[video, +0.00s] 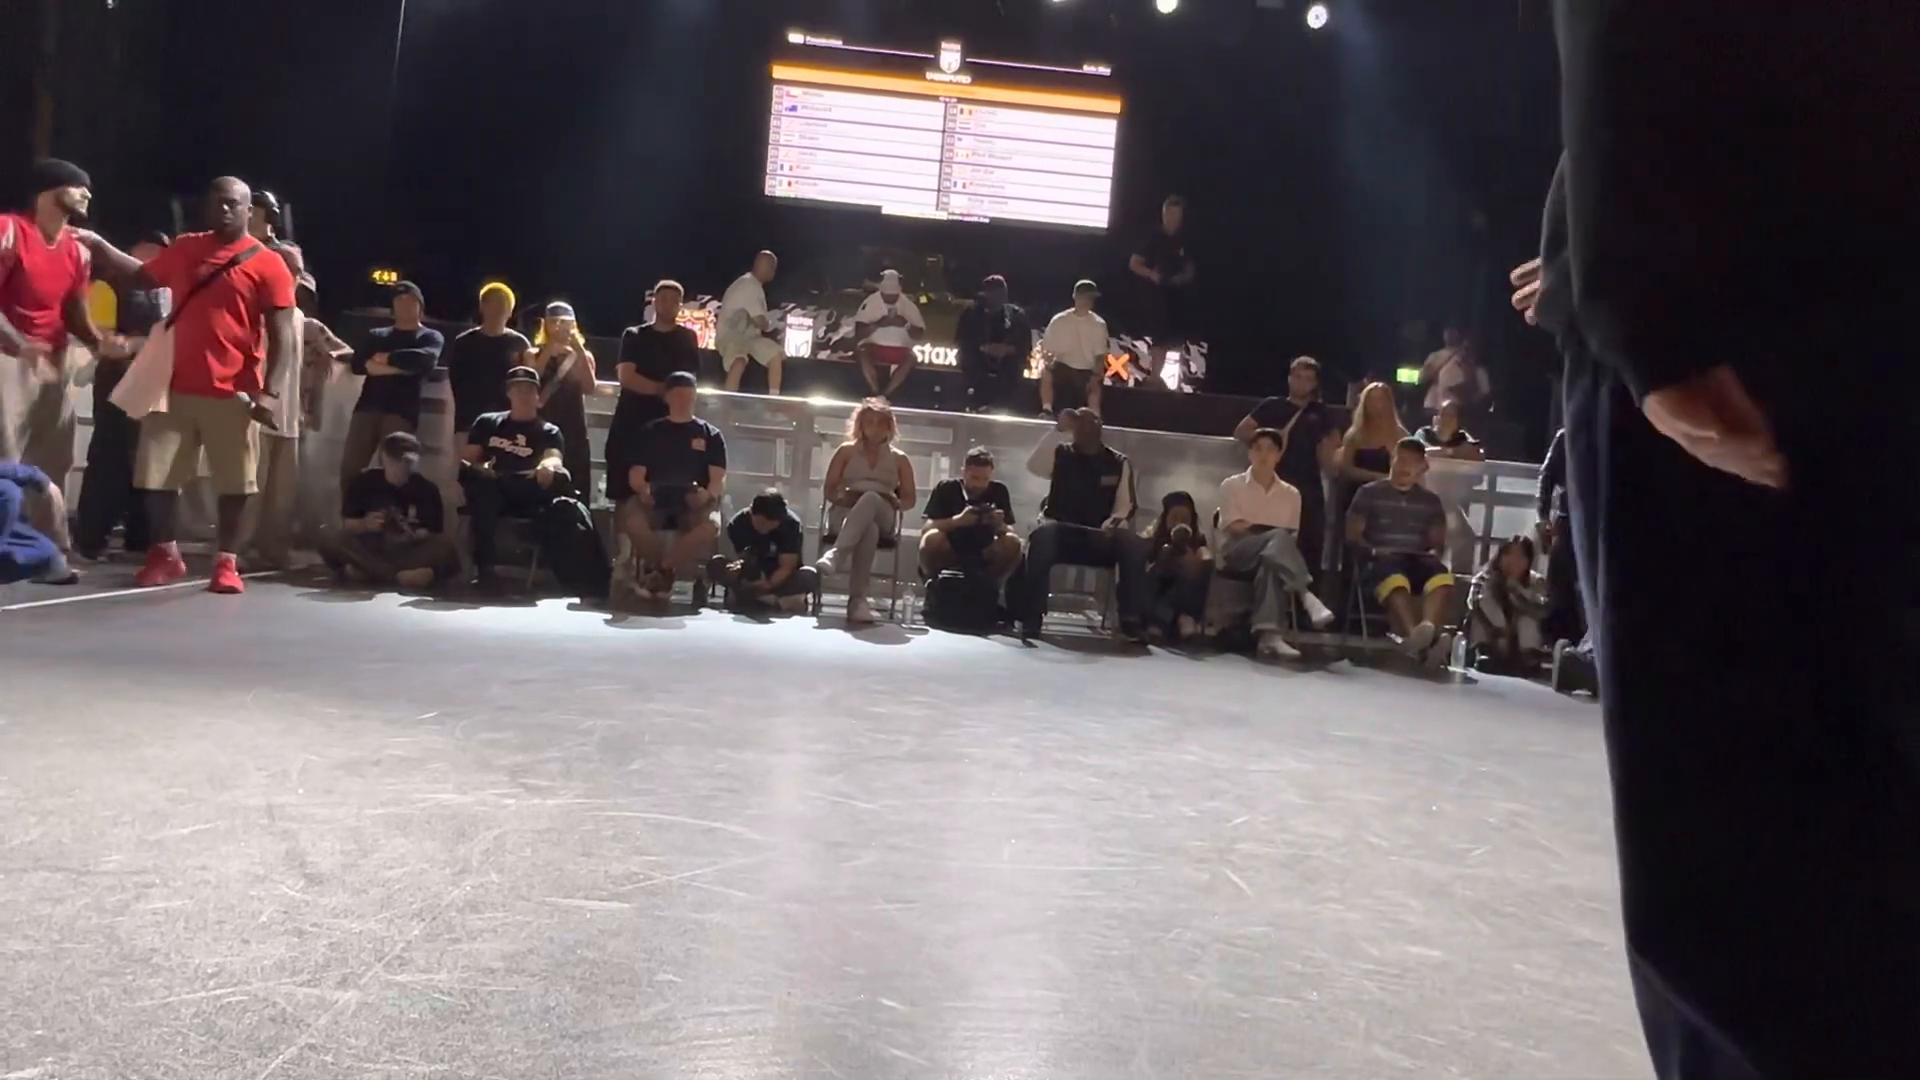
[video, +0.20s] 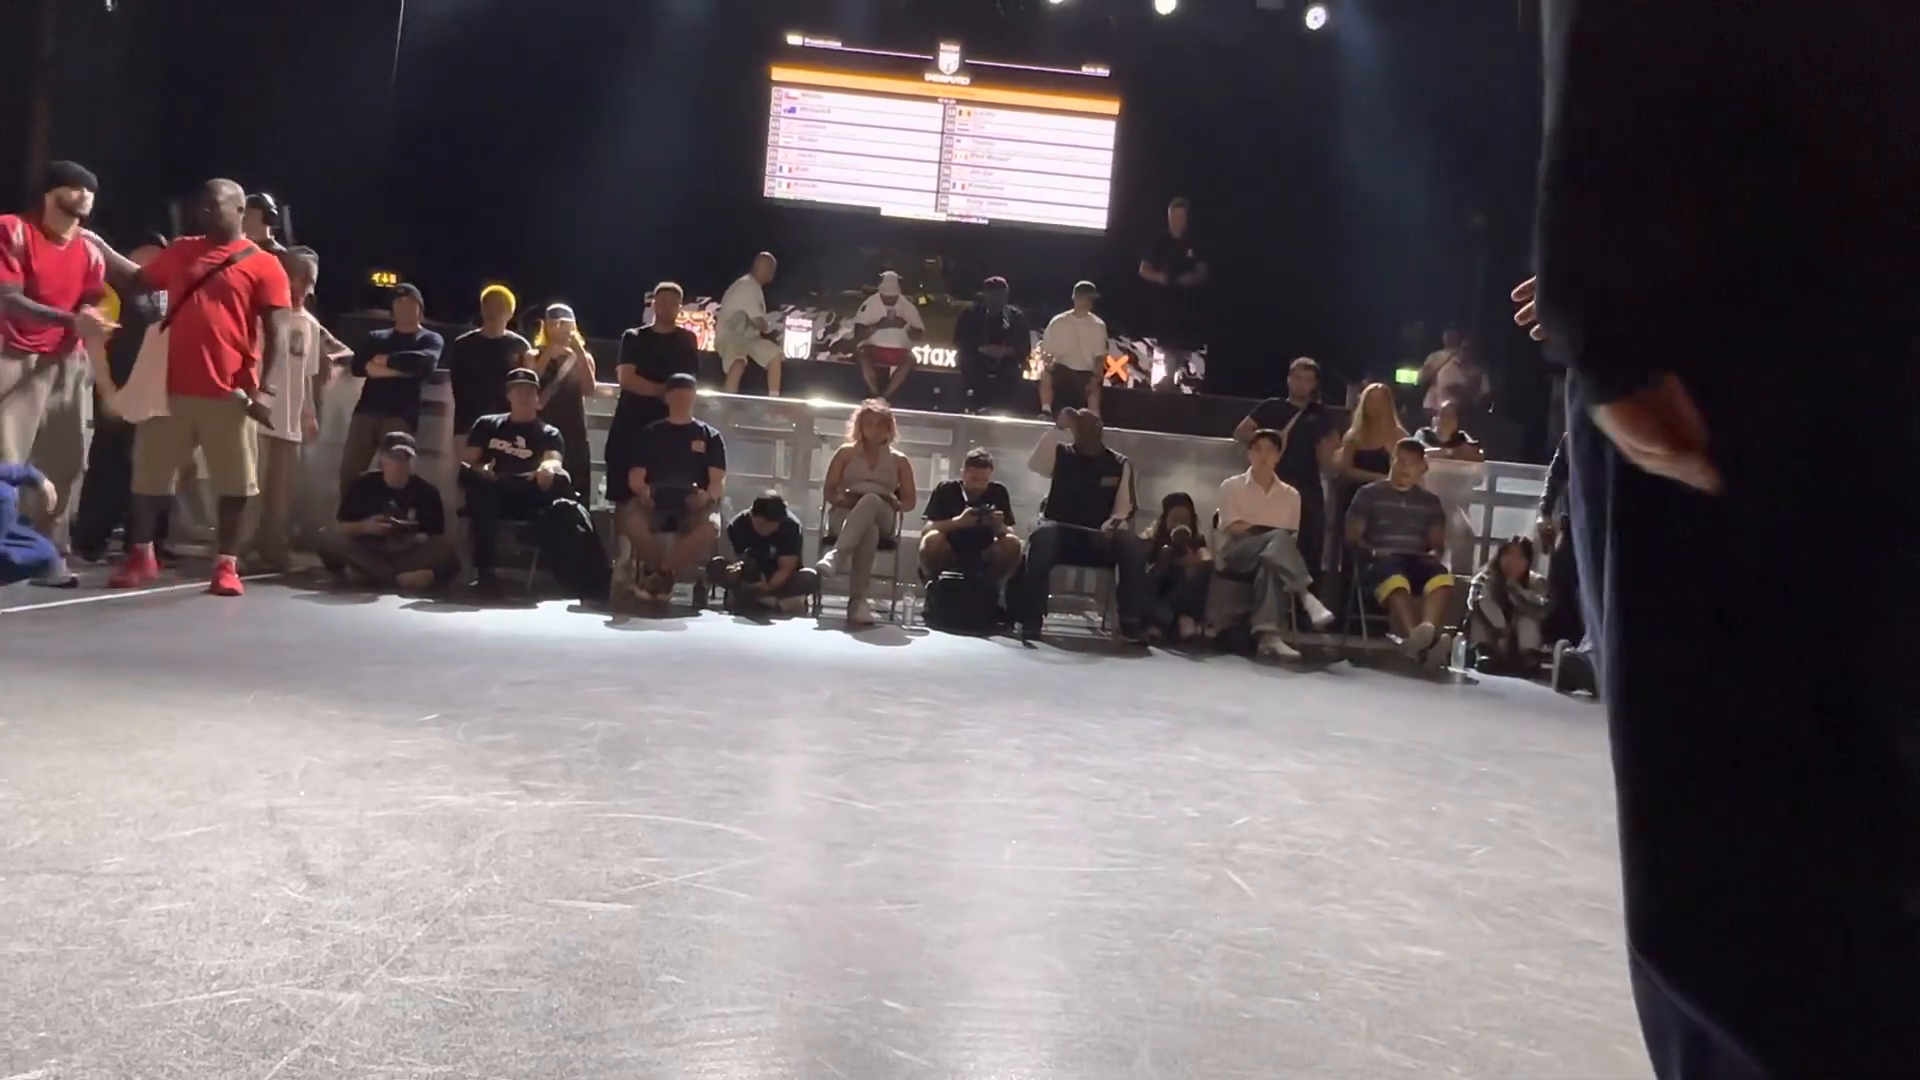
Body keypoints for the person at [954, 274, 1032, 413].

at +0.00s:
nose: (993, 299)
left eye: (997, 295)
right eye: (990, 294)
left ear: (1004, 295)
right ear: (984, 294)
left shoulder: (1016, 315)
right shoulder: (972, 314)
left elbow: (1024, 346)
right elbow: (963, 343)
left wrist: (1007, 349)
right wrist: (983, 349)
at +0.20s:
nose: (996, 301)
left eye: (1000, 296)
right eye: (992, 296)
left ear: (1006, 297)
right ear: (985, 296)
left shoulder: (1015, 317)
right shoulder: (972, 315)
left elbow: (1023, 349)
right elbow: (961, 343)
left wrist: (1004, 351)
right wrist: (981, 350)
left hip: (1006, 384)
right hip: (977, 382)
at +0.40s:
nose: (994, 301)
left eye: (998, 296)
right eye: (990, 296)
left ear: (1004, 297)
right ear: (982, 296)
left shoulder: (1011, 318)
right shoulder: (968, 316)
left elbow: (1020, 350)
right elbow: (957, 342)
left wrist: (1001, 353)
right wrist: (978, 351)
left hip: (1002, 384)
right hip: (973, 381)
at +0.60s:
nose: (993, 301)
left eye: (997, 295)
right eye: (989, 295)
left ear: (1001, 297)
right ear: (981, 295)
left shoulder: (1007, 318)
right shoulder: (965, 315)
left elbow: (1015, 348)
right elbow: (953, 342)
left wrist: (998, 353)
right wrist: (976, 351)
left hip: (999, 363)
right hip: (972, 363)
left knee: (1006, 369)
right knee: (960, 360)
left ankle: (998, 407)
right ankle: (962, 403)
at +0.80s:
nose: (992, 301)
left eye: (995, 296)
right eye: (987, 296)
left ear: (998, 298)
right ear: (978, 297)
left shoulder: (1004, 319)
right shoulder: (963, 316)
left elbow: (1011, 349)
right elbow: (950, 343)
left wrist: (994, 354)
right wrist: (971, 351)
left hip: (994, 366)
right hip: (968, 365)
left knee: (1003, 370)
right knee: (956, 361)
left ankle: (995, 408)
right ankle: (961, 401)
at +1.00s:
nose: (985, 302)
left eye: (988, 297)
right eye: (981, 297)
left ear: (993, 299)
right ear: (973, 297)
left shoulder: (1001, 320)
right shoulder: (958, 316)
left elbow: (1008, 352)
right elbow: (946, 342)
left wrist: (990, 354)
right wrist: (966, 352)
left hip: (990, 369)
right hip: (964, 368)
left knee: (999, 371)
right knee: (952, 361)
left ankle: (993, 409)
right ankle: (958, 405)